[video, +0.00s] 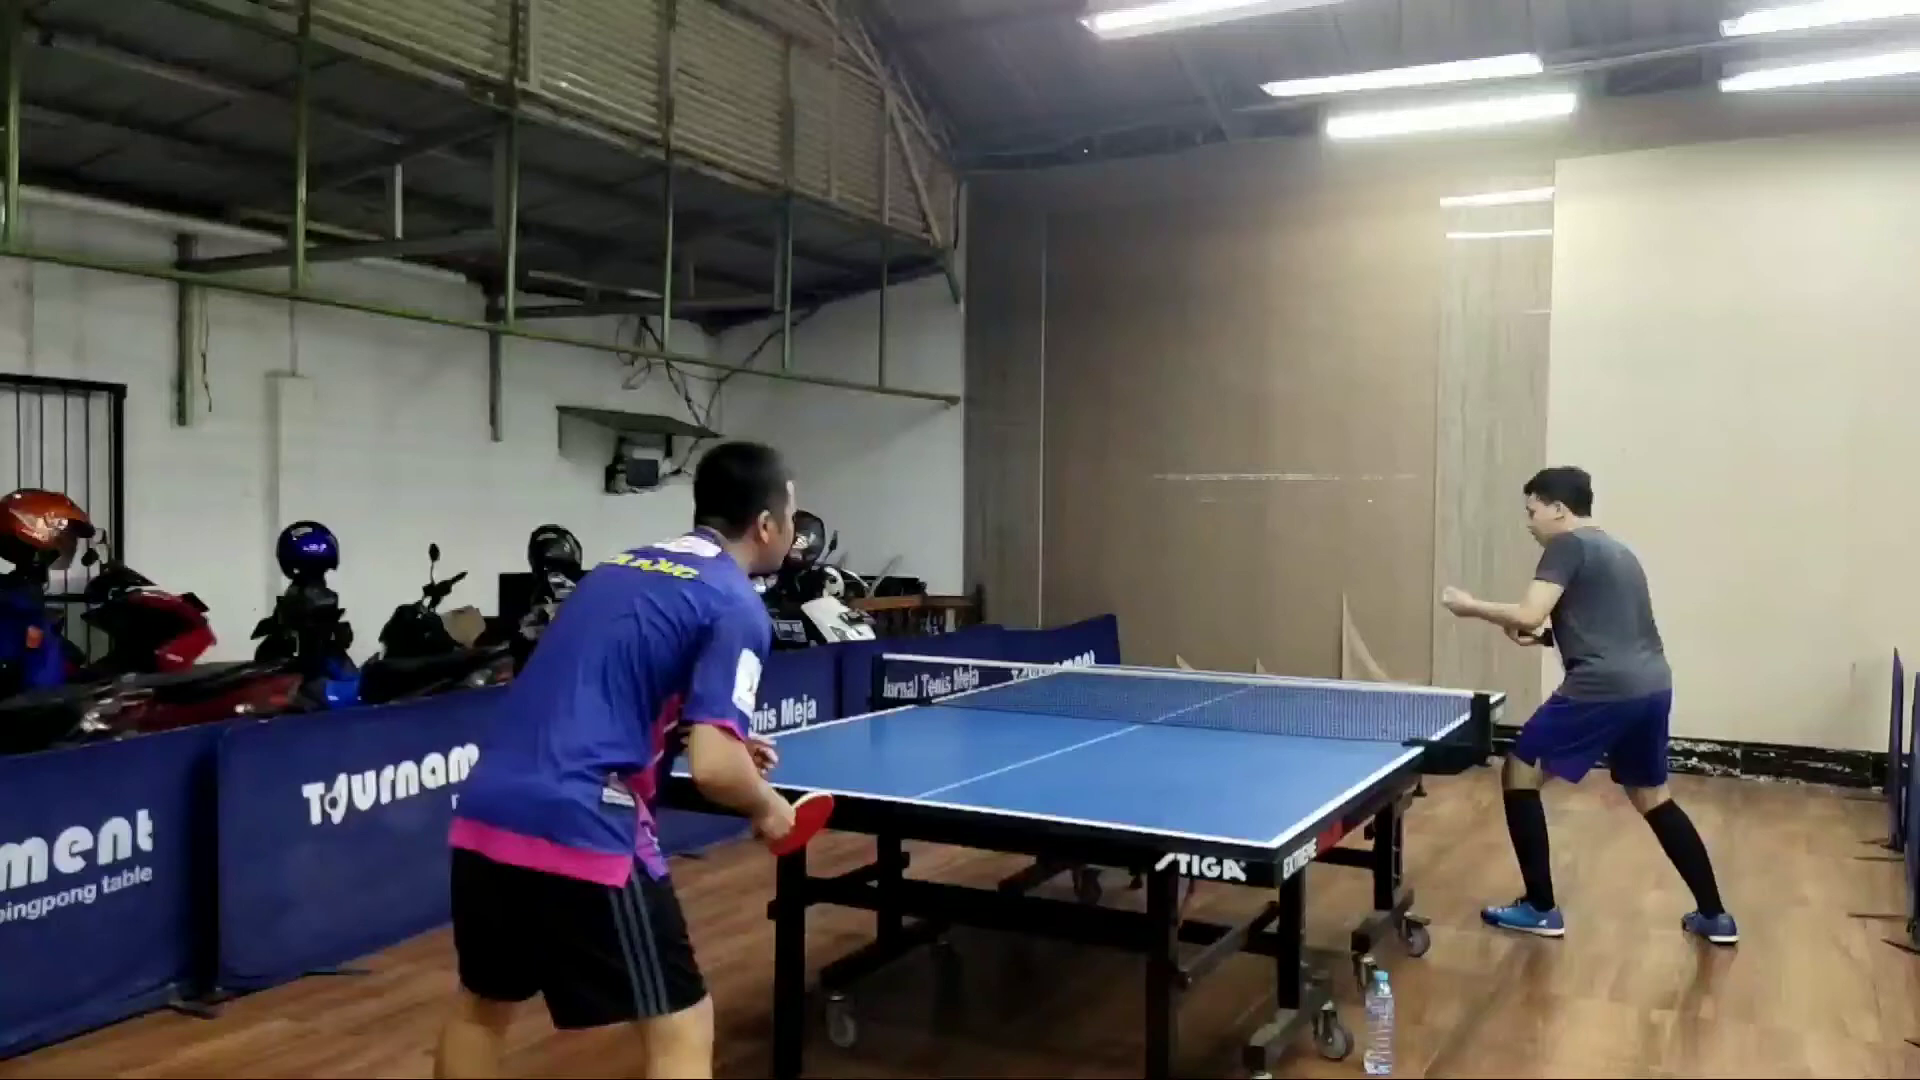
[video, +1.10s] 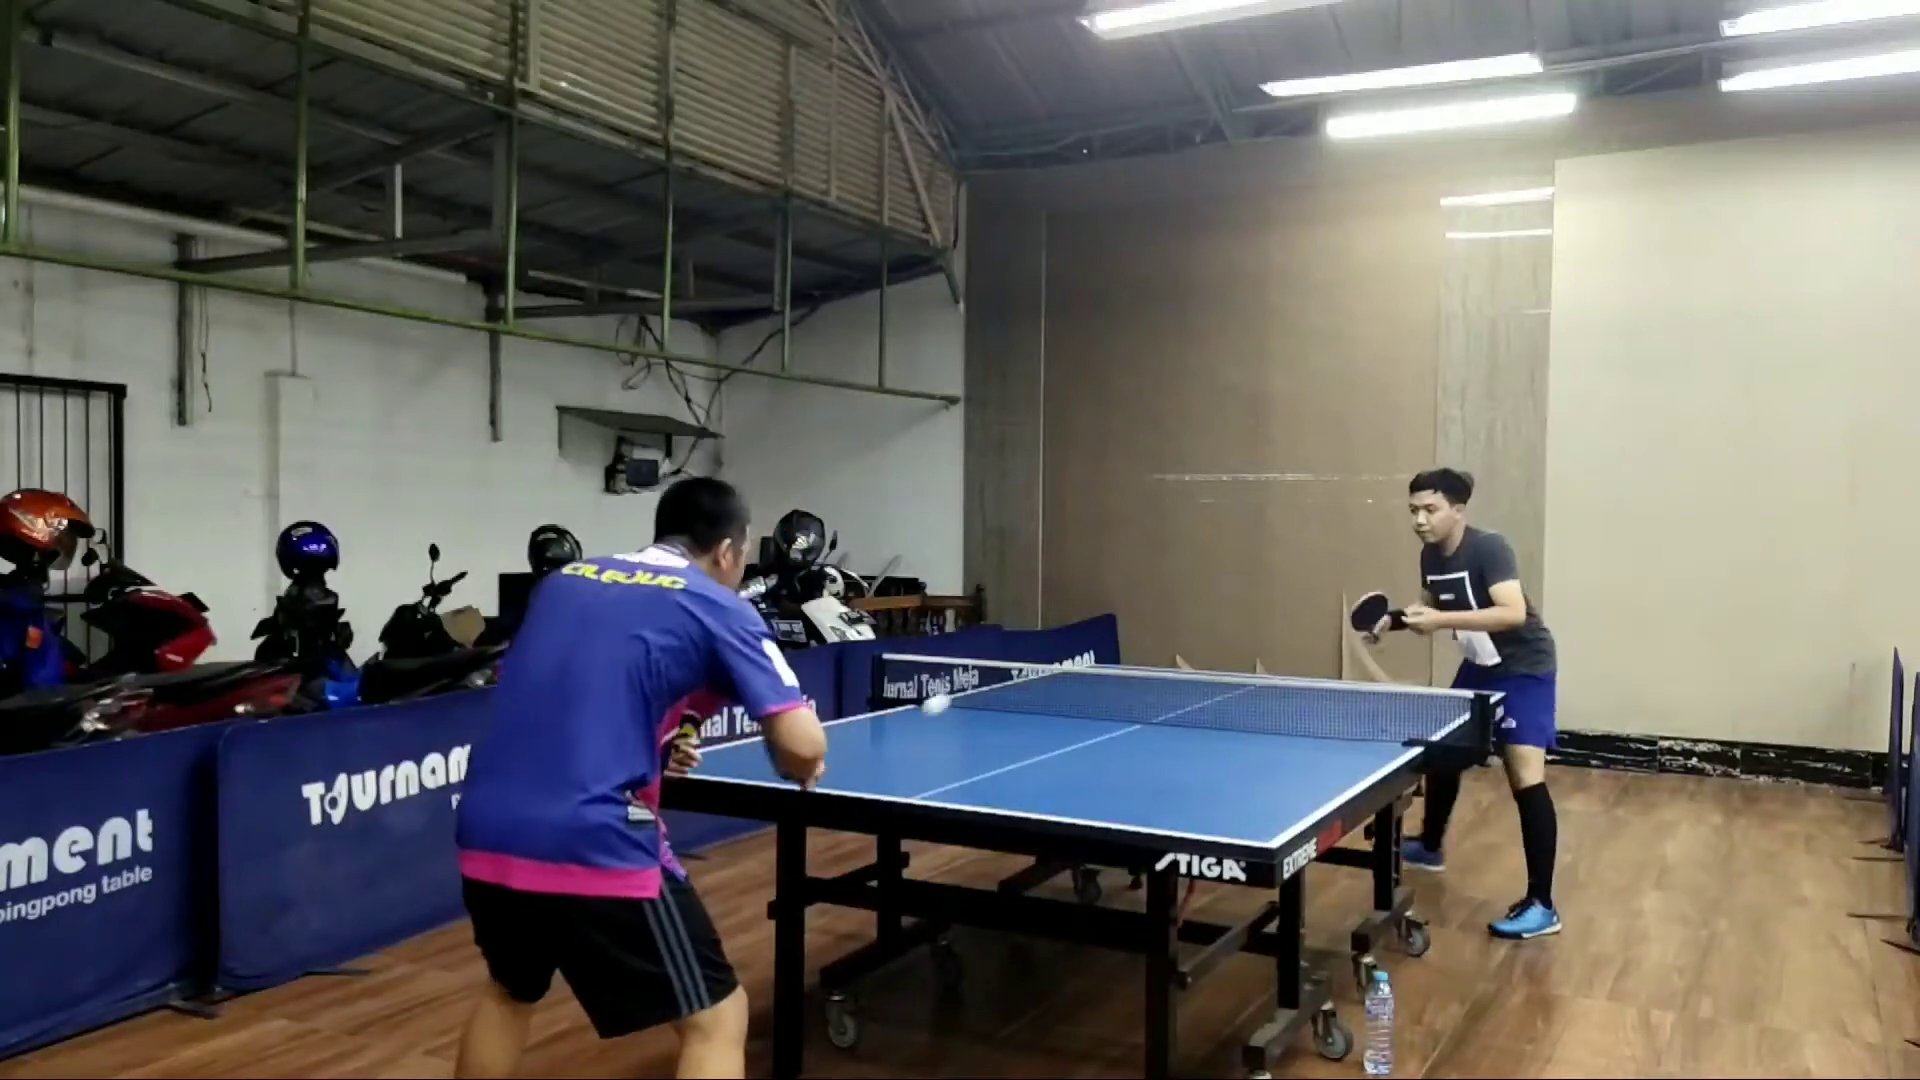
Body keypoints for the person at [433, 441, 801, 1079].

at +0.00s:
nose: (793, 534)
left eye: (792, 517)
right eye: (790, 517)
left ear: (702, 511)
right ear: (765, 524)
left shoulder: (625, 564)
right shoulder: (735, 602)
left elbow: (617, 710)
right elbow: (716, 767)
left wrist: (727, 744)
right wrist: (765, 807)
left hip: (482, 819)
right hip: (585, 831)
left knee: (482, 1009)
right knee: (679, 1024)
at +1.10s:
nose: (743, 574)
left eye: (745, 560)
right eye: (744, 559)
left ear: (659, 536)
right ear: (724, 551)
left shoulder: (568, 577)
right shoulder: (716, 604)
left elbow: (541, 698)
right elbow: (802, 744)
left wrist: (645, 738)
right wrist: (803, 763)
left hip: (485, 837)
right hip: (595, 844)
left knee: (508, 992)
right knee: (715, 1015)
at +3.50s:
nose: (552, 616)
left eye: (549, 601)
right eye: (550, 603)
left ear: (451, 596)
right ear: (531, 614)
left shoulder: (368, 635)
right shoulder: (562, 697)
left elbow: (206, 660)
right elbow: (686, 775)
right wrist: (657, 729)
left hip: (249, 904)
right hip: (399, 923)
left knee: (254, 1057)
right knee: (548, 1030)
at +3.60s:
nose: (577, 635)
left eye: (569, 622)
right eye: (575, 623)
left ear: (473, 615)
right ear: (558, 629)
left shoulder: (402, 646)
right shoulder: (595, 706)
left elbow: (248, 670)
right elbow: (711, 746)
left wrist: (81, 678)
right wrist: (724, 722)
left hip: (307, 917)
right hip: (460, 929)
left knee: (266, 1063)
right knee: (577, 1037)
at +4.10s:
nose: (589, 524)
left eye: (586, 508)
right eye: (587, 509)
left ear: (484, 512)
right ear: (568, 518)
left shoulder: (389, 587)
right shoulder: (592, 613)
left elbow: (254, 712)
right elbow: (660, 780)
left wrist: (157, 814)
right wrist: (731, 843)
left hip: (325, 899)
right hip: (479, 897)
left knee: (327, 1070)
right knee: (613, 1054)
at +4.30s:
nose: (640, 510)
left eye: (642, 491)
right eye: (641, 492)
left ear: (538, 491)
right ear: (621, 504)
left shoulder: (436, 568)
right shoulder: (636, 598)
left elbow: (317, 730)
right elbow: (676, 790)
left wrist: (304, 846)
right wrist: (741, 877)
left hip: (350, 903)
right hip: (507, 907)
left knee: (361, 1070)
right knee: (648, 1072)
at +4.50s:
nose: (751, 567)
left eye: (751, 548)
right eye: (753, 548)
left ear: (644, 534)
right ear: (730, 555)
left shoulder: (535, 603)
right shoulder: (680, 655)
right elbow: (637, 857)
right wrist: (789, 923)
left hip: (379, 965)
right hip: (523, 976)